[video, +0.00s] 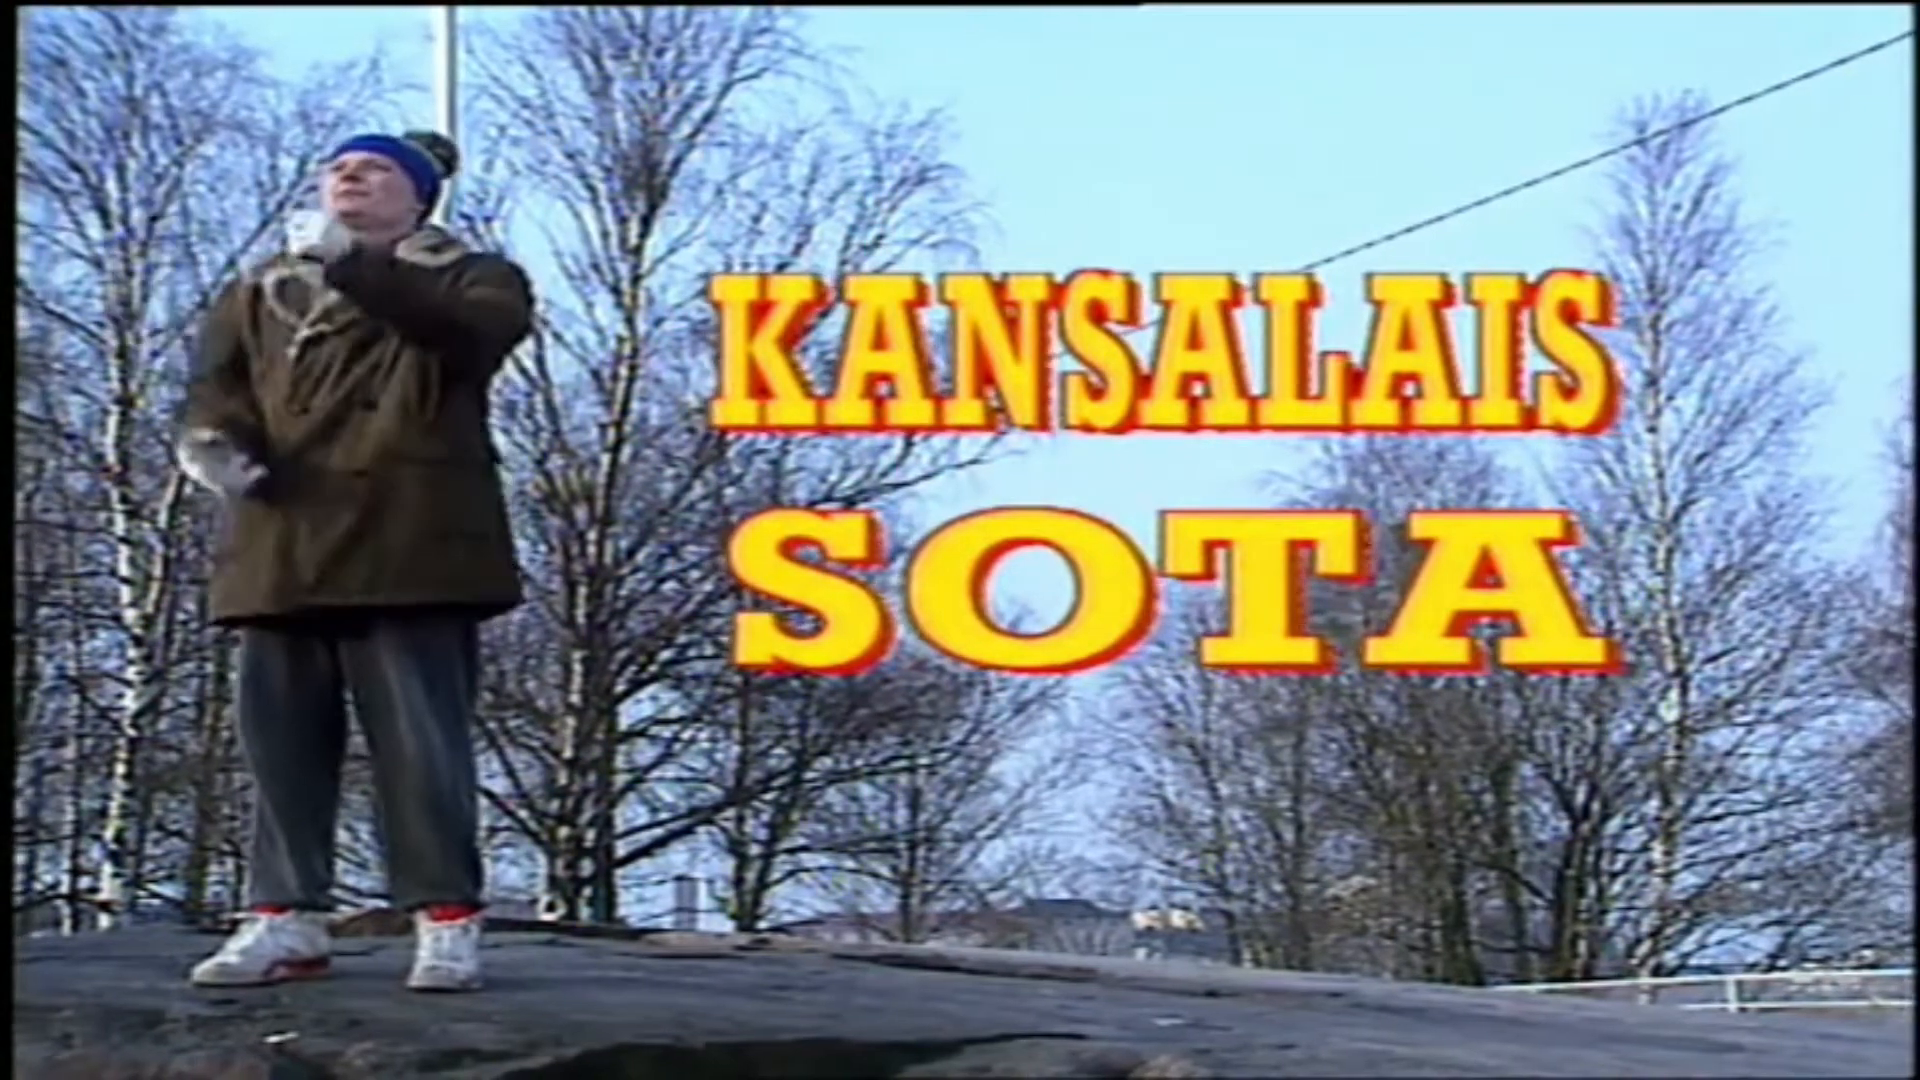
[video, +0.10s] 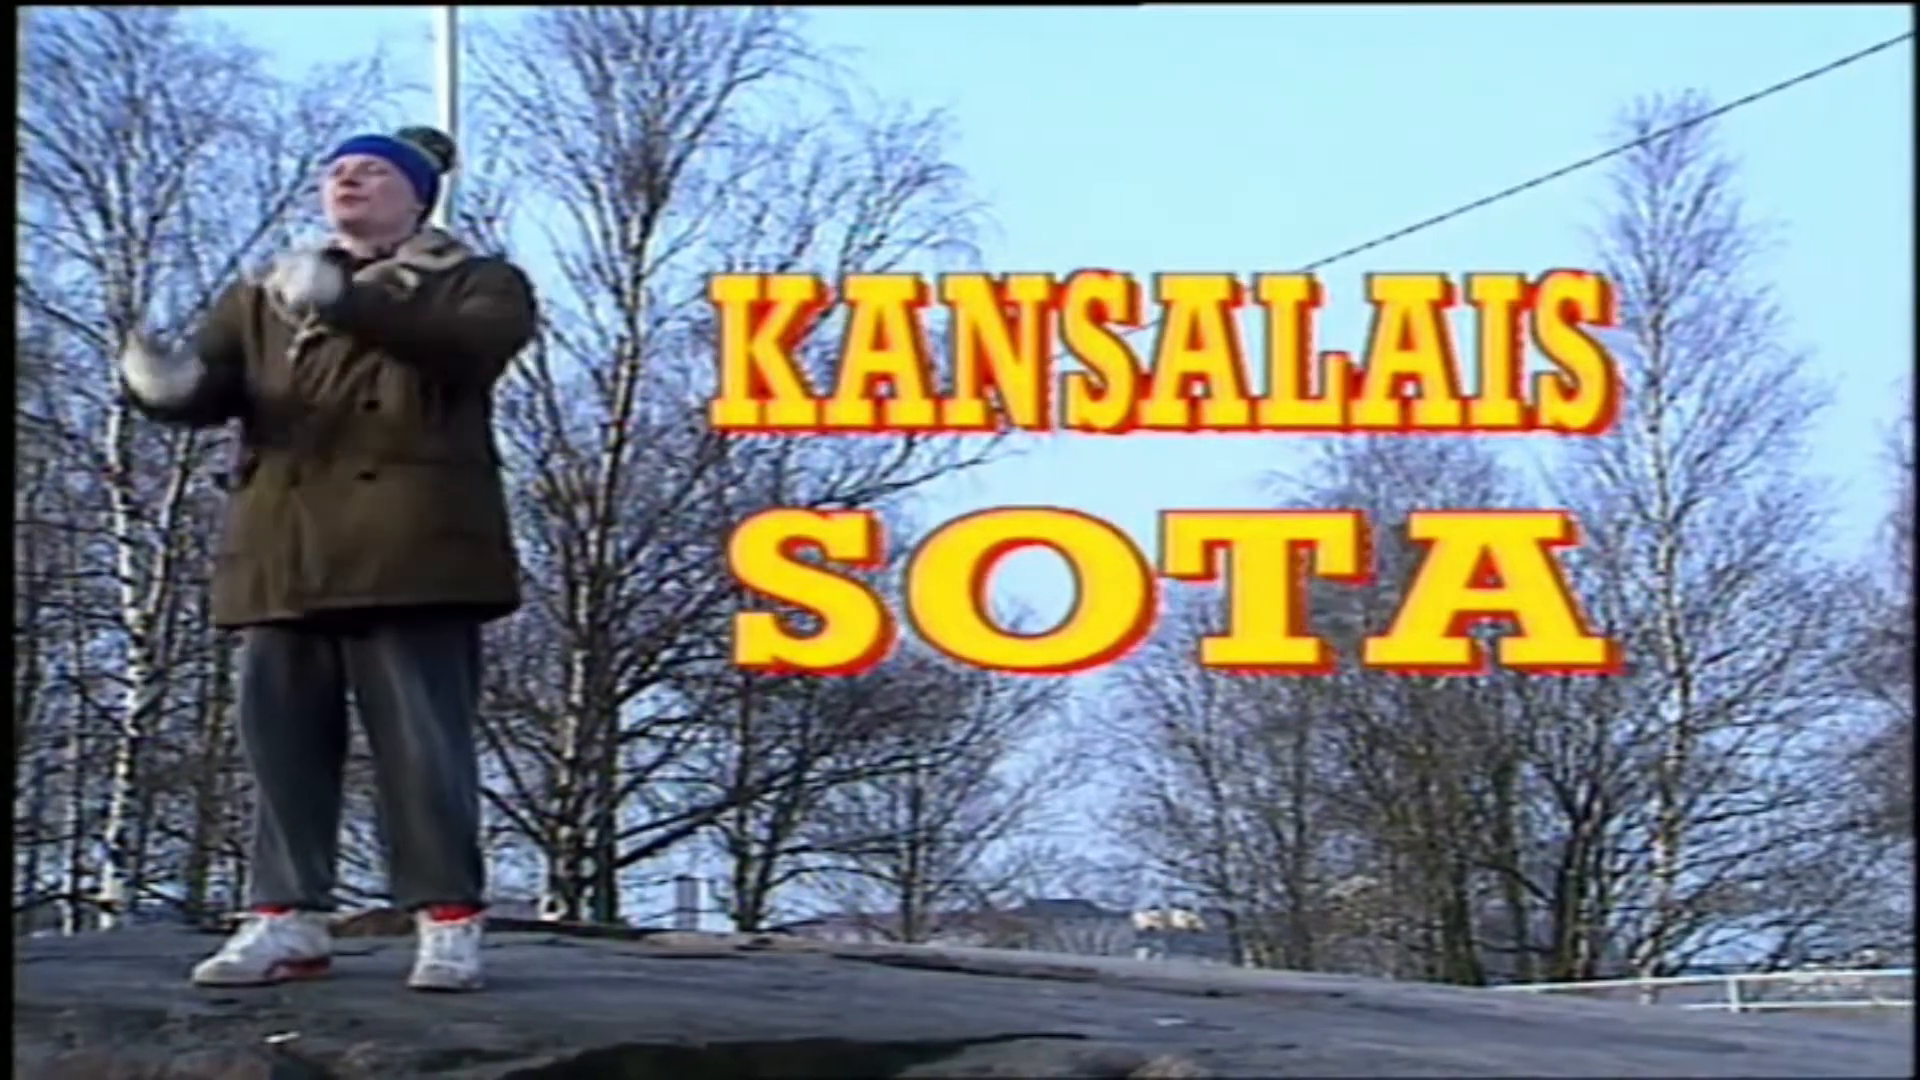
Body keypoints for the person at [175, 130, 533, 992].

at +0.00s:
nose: (349, 178)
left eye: (373, 170)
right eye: (337, 169)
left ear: (420, 198)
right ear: (319, 196)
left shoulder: (459, 269)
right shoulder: (263, 291)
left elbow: (495, 317)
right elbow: (210, 394)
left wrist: (360, 263)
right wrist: (219, 452)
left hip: (413, 545)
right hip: (284, 549)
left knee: (421, 741)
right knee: (280, 741)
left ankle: (446, 919)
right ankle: (290, 918)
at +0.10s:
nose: (345, 185)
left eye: (367, 174)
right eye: (335, 176)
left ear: (419, 195)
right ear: (319, 201)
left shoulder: (473, 276)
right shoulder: (270, 288)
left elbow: (480, 336)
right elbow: (214, 372)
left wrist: (349, 297)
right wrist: (173, 383)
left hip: (413, 549)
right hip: (281, 551)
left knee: (422, 740)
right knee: (279, 738)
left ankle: (448, 920)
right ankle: (291, 917)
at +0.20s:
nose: (342, 185)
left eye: (364, 172)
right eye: (333, 177)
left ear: (417, 194)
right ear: (320, 202)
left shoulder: (481, 283)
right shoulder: (276, 292)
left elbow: (464, 358)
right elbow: (188, 360)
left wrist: (344, 358)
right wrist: (143, 312)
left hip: (415, 559)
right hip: (283, 561)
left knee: (424, 746)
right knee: (284, 746)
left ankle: (449, 921)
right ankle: (290, 918)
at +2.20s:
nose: (367, 180)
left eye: (391, 169)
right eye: (366, 173)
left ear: (446, 197)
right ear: (364, 203)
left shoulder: (507, 280)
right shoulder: (315, 279)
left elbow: (495, 356)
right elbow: (204, 358)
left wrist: (345, 333)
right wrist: (194, 282)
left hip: (436, 554)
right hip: (306, 550)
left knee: (443, 745)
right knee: (302, 740)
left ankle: (462, 920)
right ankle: (305, 918)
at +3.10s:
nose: (380, 174)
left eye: (404, 166)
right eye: (374, 168)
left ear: (454, 204)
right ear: (360, 192)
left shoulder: (498, 276)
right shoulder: (300, 283)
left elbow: (489, 310)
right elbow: (239, 393)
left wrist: (343, 246)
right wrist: (234, 367)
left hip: (432, 543)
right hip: (305, 542)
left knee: (440, 737)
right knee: (300, 734)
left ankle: (461, 919)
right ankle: (305, 918)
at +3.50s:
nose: (376, 174)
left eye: (401, 167)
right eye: (370, 169)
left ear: (450, 204)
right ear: (354, 200)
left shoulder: (503, 279)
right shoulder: (305, 280)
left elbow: (472, 353)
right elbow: (186, 332)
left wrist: (342, 340)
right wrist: (192, 252)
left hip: (435, 559)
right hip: (306, 561)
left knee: (442, 741)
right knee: (299, 738)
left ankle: (463, 919)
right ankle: (305, 918)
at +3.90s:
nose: (375, 177)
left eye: (401, 168)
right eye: (369, 171)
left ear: (452, 204)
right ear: (356, 202)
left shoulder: (502, 282)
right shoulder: (314, 281)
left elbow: (482, 348)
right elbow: (263, 386)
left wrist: (340, 301)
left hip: (429, 550)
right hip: (305, 549)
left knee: (440, 740)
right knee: (299, 737)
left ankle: (461, 918)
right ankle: (306, 918)